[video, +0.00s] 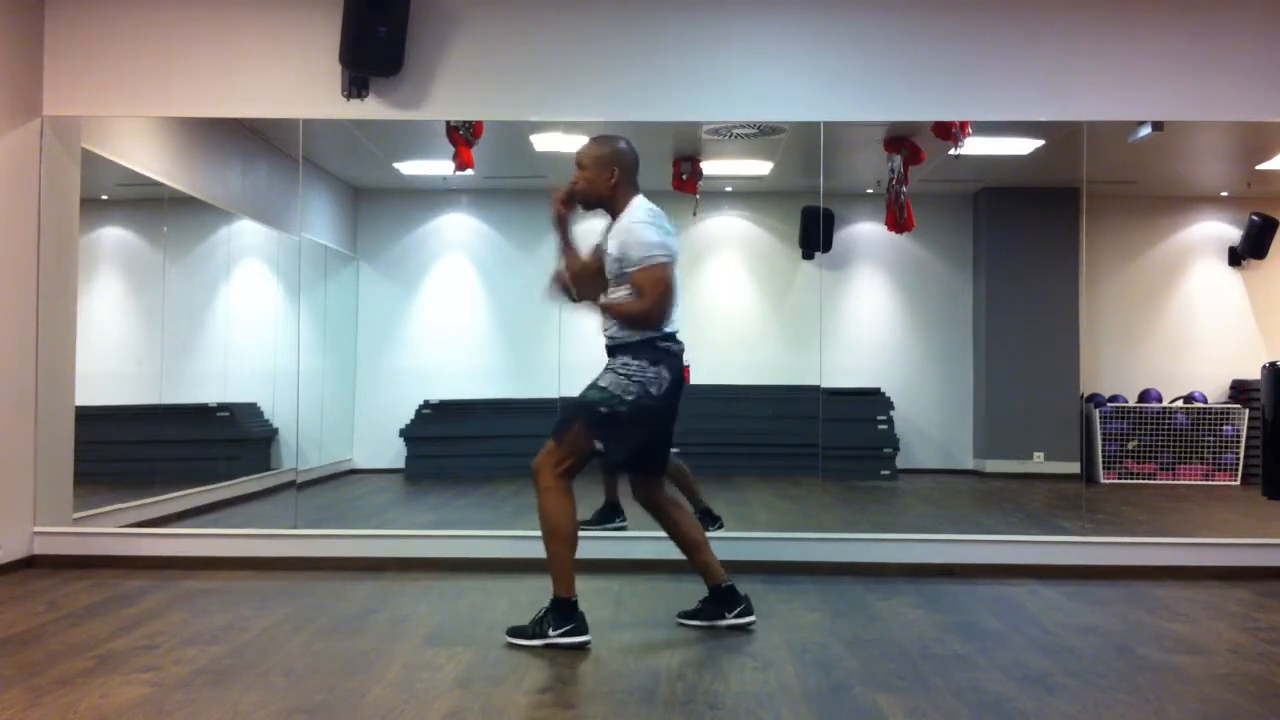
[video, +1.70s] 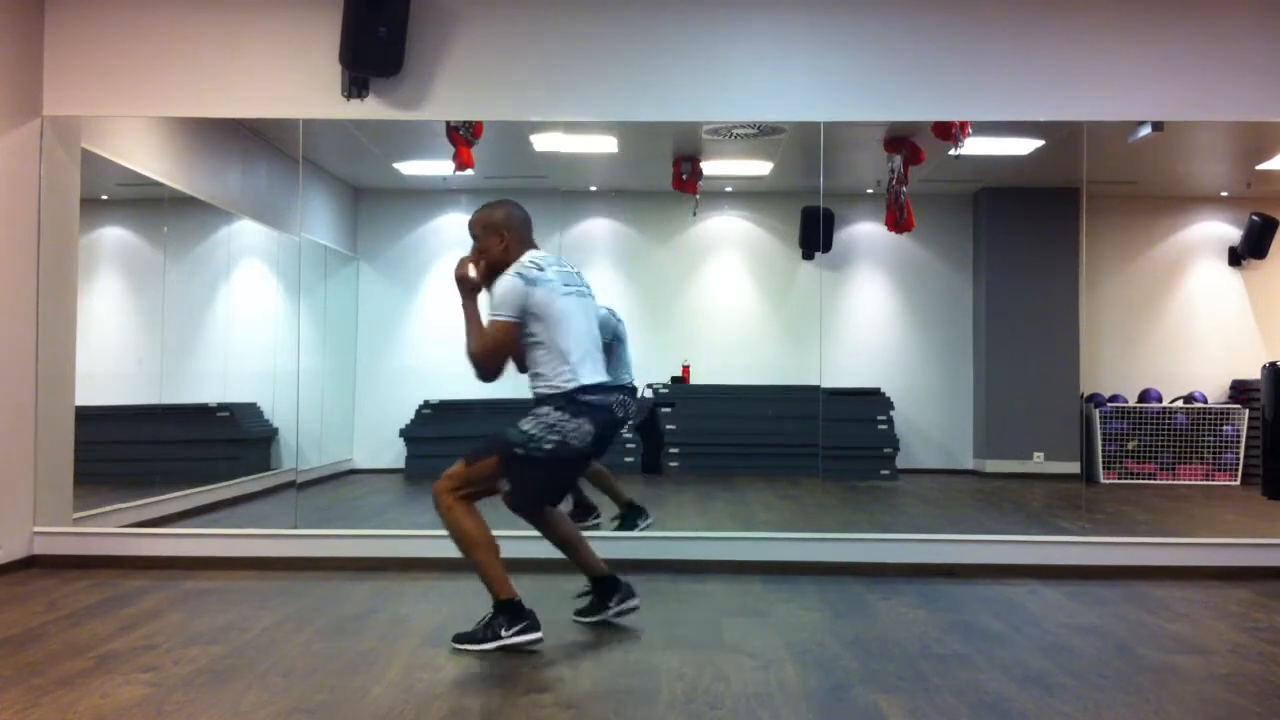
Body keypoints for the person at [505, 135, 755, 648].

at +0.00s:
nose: (575, 180)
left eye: (581, 170)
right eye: (576, 170)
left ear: (613, 175)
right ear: (615, 176)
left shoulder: (642, 223)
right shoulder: (621, 224)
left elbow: (651, 310)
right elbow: (584, 284)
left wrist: (591, 299)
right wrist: (563, 227)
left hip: (640, 368)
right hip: (647, 367)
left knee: (550, 469)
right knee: (649, 487)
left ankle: (564, 611)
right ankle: (724, 594)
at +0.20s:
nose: (571, 176)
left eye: (578, 166)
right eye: (573, 166)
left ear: (605, 170)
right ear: (619, 171)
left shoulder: (612, 215)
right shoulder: (658, 216)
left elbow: (545, 283)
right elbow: (610, 308)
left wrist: (522, 224)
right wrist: (577, 241)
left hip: (635, 365)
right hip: (667, 366)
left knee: (550, 470)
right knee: (651, 483)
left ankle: (561, 612)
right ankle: (724, 594)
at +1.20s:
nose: (559, 234)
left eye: (560, 225)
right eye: (558, 226)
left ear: (578, 217)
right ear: (605, 213)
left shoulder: (581, 253)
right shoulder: (654, 254)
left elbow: (554, 344)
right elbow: (652, 329)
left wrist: (548, 277)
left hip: (620, 397)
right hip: (663, 395)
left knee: (513, 473)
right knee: (633, 498)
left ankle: (516, 609)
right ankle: (715, 592)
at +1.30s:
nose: (528, 250)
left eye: (530, 238)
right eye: (526, 240)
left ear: (553, 231)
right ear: (570, 229)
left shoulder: (579, 267)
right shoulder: (613, 261)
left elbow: (554, 358)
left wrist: (523, 299)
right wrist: (542, 287)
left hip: (618, 412)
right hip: (647, 411)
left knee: (503, 475)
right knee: (607, 515)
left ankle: (516, 613)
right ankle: (708, 588)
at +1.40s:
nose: (501, 253)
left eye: (505, 242)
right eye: (499, 243)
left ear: (534, 240)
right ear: (537, 240)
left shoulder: (583, 278)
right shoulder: (552, 284)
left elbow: (562, 366)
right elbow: (528, 363)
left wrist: (515, 303)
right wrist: (506, 301)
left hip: (613, 413)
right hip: (605, 411)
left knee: (494, 475)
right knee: (578, 525)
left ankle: (517, 615)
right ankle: (692, 575)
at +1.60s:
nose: (474, 255)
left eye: (476, 244)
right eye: (471, 246)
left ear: (506, 241)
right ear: (514, 242)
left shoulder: (544, 286)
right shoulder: (557, 275)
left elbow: (510, 369)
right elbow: (515, 358)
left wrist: (480, 300)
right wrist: (482, 301)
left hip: (585, 412)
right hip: (602, 408)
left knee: (467, 483)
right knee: (525, 501)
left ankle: (514, 615)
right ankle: (616, 577)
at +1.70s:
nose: (475, 252)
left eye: (478, 241)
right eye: (473, 242)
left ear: (502, 238)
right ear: (523, 237)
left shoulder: (516, 278)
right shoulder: (565, 270)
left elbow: (487, 365)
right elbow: (534, 361)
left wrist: (468, 296)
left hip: (566, 412)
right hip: (604, 408)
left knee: (450, 491)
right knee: (523, 498)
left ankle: (510, 612)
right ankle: (607, 586)